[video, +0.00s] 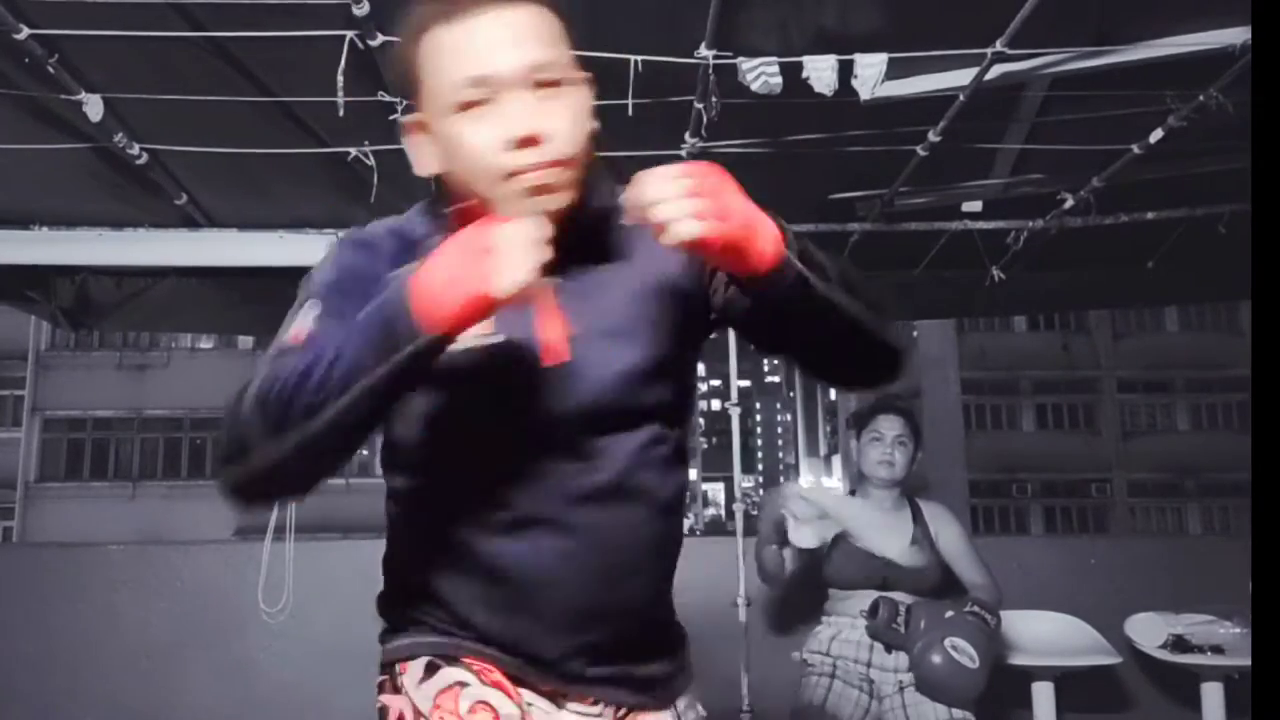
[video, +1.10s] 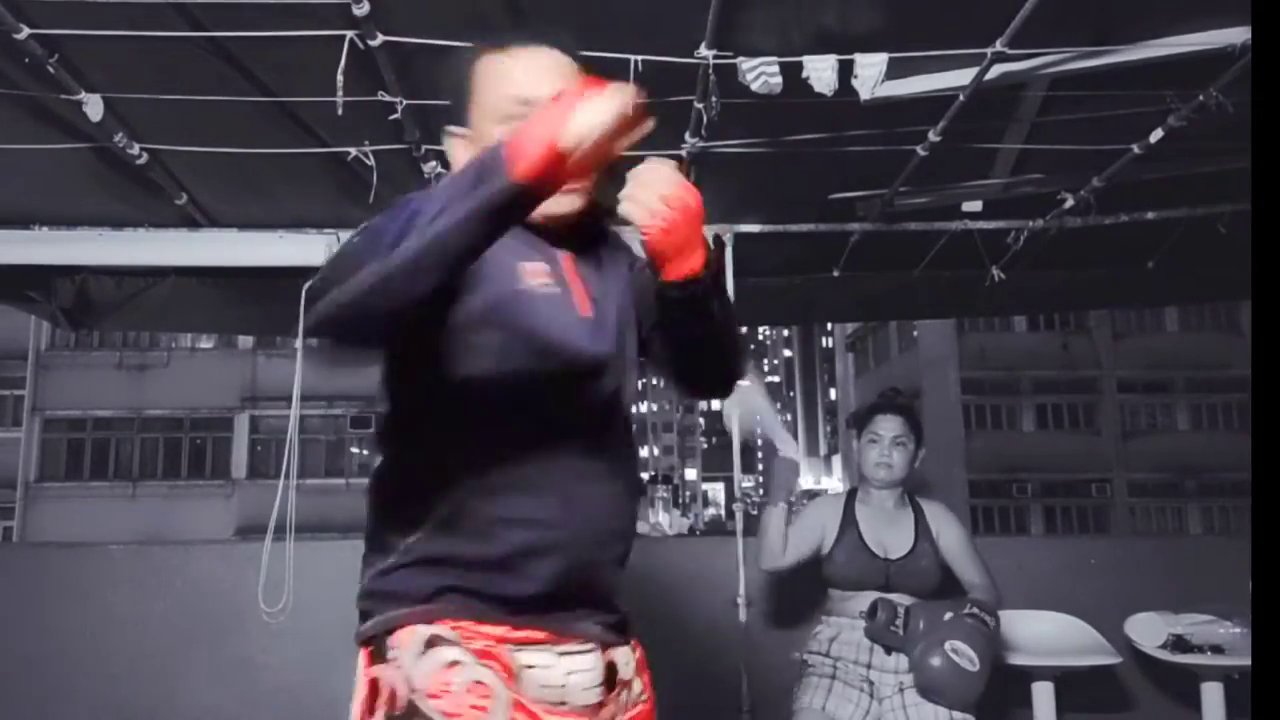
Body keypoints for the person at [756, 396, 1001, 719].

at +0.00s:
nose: (887, 451)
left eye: (900, 443)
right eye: (875, 440)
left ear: (914, 458)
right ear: (855, 449)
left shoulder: (933, 517)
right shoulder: (830, 512)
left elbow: (985, 588)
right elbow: (775, 577)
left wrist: (977, 617)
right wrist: (771, 522)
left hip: (922, 666)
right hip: (841, 662)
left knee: (937, 716)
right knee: (826, 713)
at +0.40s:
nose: (883, 451)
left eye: (895, 443)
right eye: (871, 440)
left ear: (908, 458)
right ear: (850, 450)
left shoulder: (931, 518)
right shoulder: (819, 518)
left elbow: (983, 587)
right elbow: (778, 587)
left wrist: (971, 622)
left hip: (921, 667)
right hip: (839, 665)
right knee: (824, 711)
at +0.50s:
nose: (882, 447)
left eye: (894, 440)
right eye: (870, 437)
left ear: (907, 456)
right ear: (849, 450)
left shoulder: (930, 518)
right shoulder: (819, 516)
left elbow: (983, 587)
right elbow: (802, 599)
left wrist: (975, 617)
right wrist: (870, 608)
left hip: (921, 668)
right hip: (837, 664)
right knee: (824, 712)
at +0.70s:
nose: (888, 451)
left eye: (900, 442)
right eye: (875, 441)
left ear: (918, 455)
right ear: (859, 452)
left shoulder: (939, 513)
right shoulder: (830, 510)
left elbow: (983, 587)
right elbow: (781, 578)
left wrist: (967, 619)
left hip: (922, 666)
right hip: (838, 663)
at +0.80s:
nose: (887, 451)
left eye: (901, 442)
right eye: (875, 440)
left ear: (918, 454)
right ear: (858, 448)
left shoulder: (940, 513)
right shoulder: (821, 509)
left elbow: (984, 588)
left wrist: (962, 620)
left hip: (922, 670)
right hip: (839, 668)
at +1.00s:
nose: (885, 452)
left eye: (899, 443)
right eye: (874, 441)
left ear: (917, 457)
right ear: (857, 450)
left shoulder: (937, 515)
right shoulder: (825, 507)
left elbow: (984, 591)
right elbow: (755, 541)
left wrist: (951, 617)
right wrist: (806, 549)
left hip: (921, 670)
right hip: (838, 667)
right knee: (820, 711)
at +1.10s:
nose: (885, 452)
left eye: (898, 443)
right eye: (873, 441)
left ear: (916, 457)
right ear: (856, 449)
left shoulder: (936, 517)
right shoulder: (827, 511)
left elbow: (982, 590)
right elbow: (771, 560)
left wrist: (974, 617)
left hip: (921, 671)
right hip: (838, 667)